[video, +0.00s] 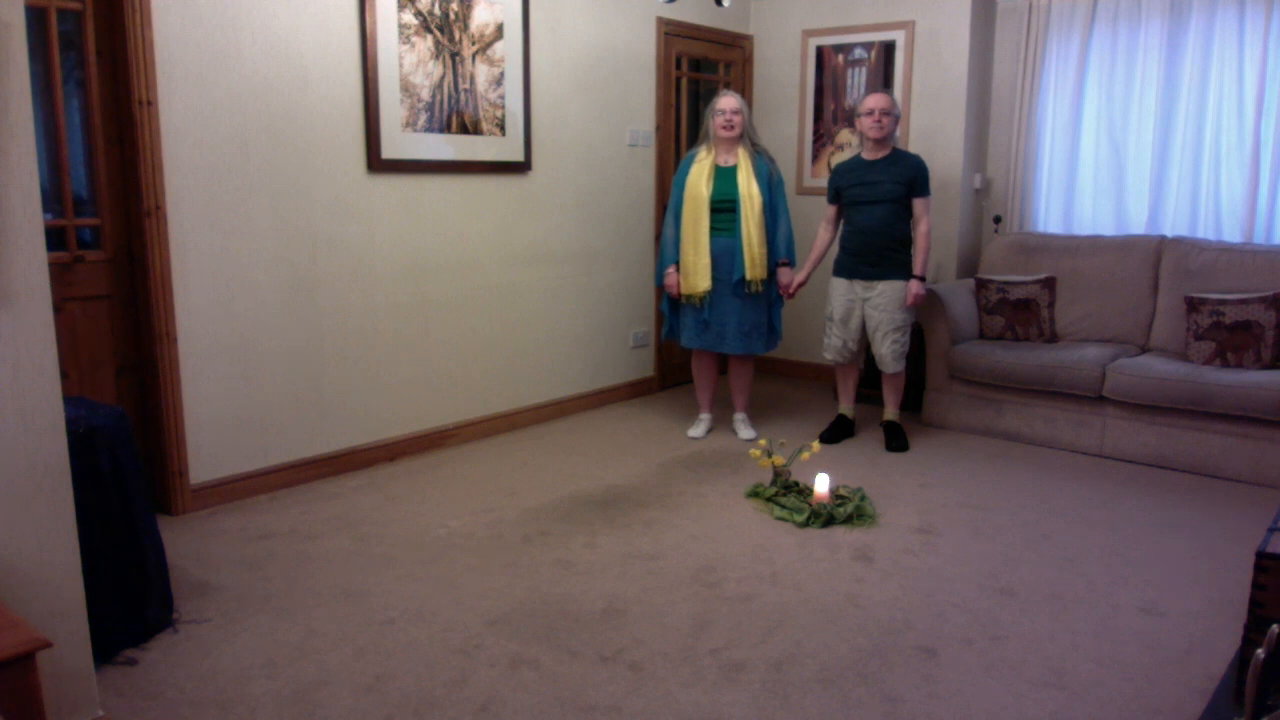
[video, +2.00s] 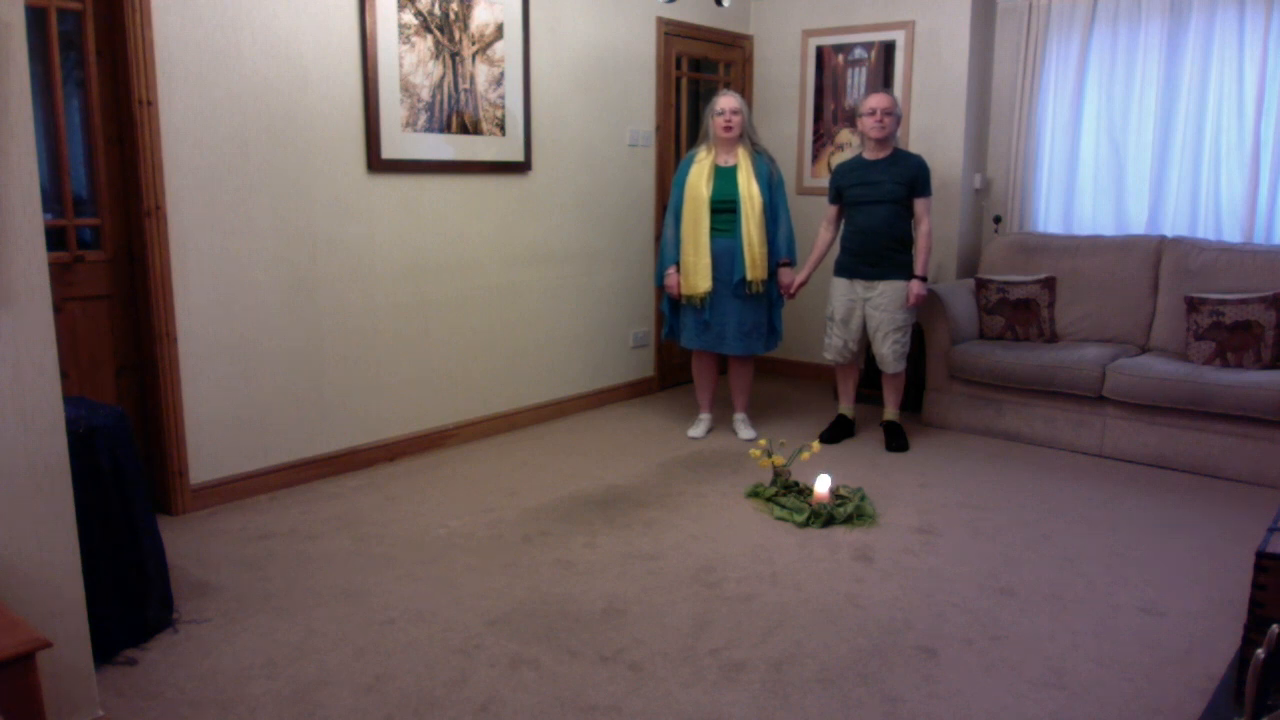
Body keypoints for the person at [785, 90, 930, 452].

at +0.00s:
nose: (877, 119)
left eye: (885, 114)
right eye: (870, 114)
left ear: (896, 121)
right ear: (857, 122)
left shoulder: (912, 167)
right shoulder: (842, 172)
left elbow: (922, 224)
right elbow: (828, 227)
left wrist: (918, 276)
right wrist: (804, 272)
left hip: (892, 279)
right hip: (847, 277)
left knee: (891, 354)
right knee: (843, 349)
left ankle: (892, 420)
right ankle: (845, 415)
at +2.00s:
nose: (879, 119)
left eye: (887, 113)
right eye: (871, 114)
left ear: (898, 121)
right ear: (858, 122)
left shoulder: (913, 166)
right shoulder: (843, 172)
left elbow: (923, 224)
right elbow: (829, 227)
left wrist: (920, 276)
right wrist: (805, 273)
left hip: (893, 279)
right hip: (848, 277)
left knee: (891, 354)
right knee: (843, 349)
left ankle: (892, 420)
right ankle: (845, 415)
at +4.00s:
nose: (881, 119)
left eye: (888, 113)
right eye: (873, 114)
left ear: (899, 121)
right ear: (860, 122)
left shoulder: (914, 166)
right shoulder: (844, 172)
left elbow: (923, 225)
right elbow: (830, 227)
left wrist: (920, 276)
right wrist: (805, 274)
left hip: (894, 278)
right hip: (849, 276)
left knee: (892, 354)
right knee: (844, 349)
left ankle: (892, 420)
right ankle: (845, 415)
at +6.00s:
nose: (883, 119)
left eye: (890, 113)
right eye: (875, 114)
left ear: (901, 121)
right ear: (862, 122)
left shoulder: (916, 167)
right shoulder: (846, 172)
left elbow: (925, 224)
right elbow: (831, 226)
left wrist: (922, 276)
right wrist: (807, 273)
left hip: (896, 279)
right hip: (851, 276)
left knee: (893, 354)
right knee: (845, 349)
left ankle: (892, 419)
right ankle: (845, 415)